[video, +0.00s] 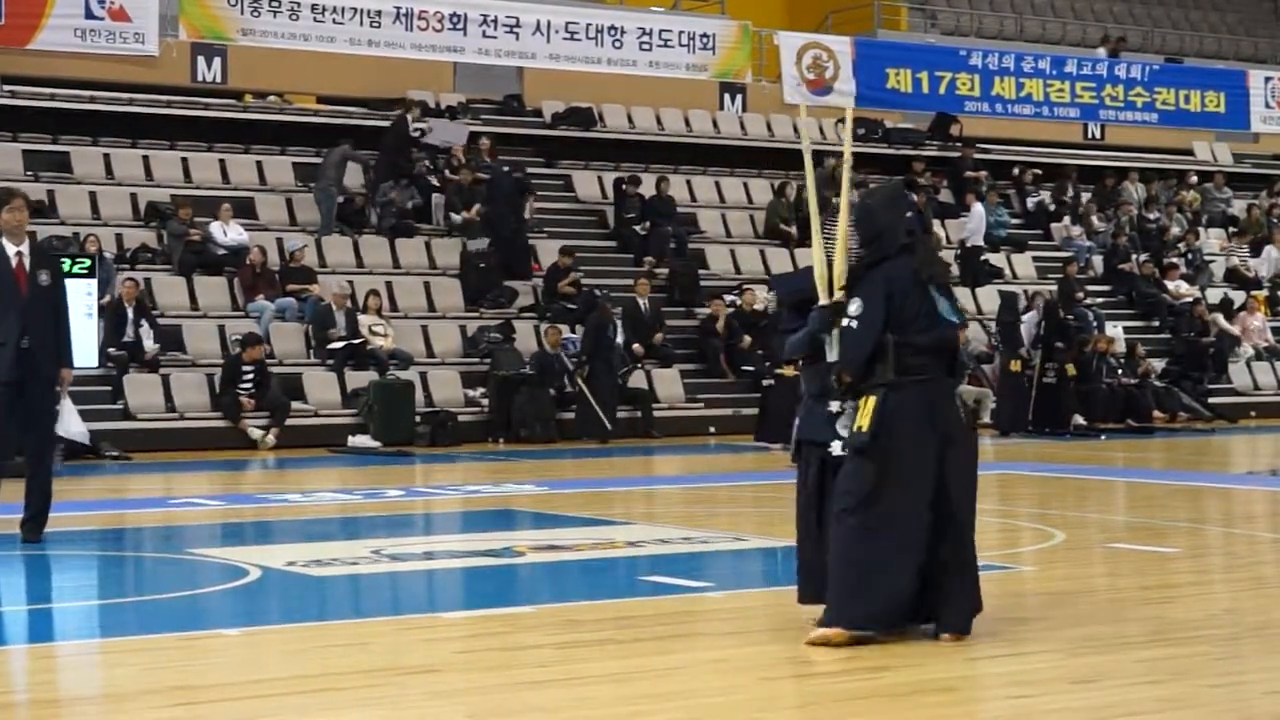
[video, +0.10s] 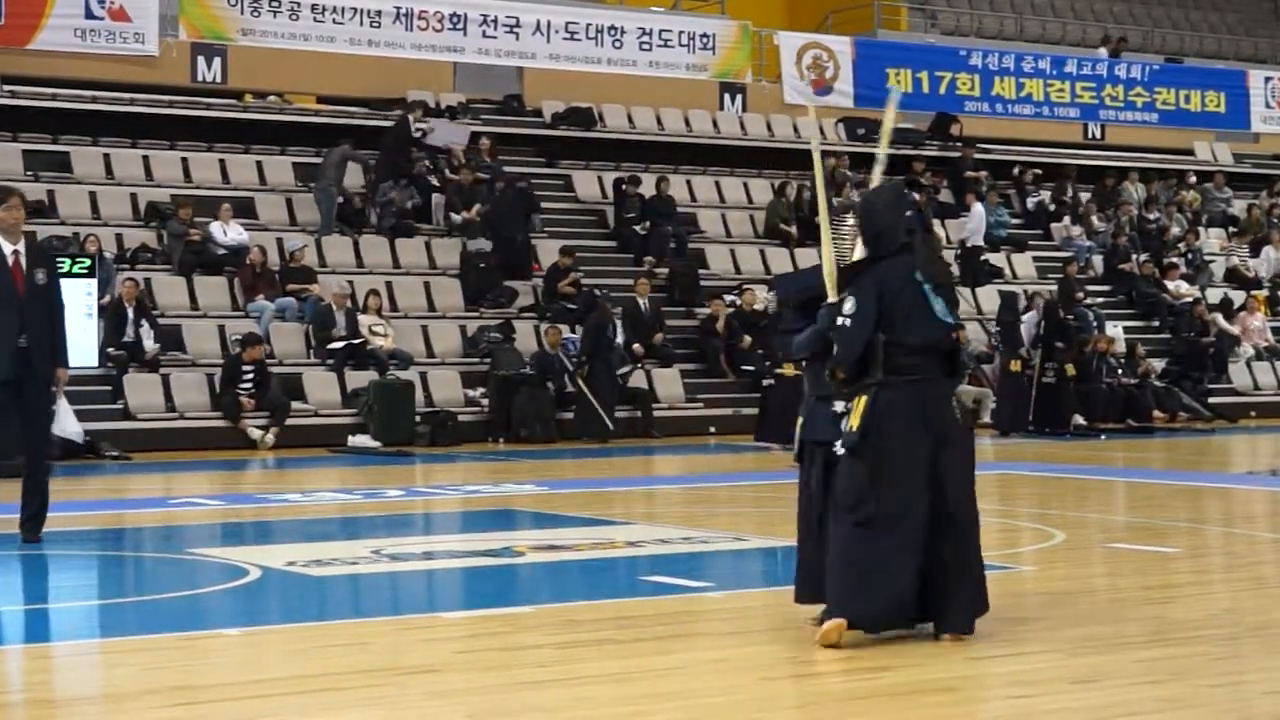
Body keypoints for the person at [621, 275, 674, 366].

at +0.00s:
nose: (643, 288)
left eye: (646, 285)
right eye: (640, 285)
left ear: (650, 287)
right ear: (635, 287)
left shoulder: (655, 303)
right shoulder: (628, 304)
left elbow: (662, 323)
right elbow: (627, 328)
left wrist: (661, 333)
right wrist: (634, 343)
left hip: (652, 342)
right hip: (635, 343)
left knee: (669, 355)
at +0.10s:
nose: (644, 287)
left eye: (646, 284)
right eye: (640, 284)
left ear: (650, 287)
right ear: (635, 287)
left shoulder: (655, 303)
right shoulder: (628, 304)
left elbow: (662, 323)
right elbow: (627, 328)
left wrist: (661, 333)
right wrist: (634, 343)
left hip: (652, 342)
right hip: (635, 343)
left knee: (669, 354)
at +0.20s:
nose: (643, 287)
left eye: (646, 285)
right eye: (640, 285)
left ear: (650, 287)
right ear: (635, 287)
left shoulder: (655, 303)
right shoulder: (628, 304)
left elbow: (662, 323)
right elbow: (627, 328)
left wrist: (661, 333)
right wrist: (634, 343)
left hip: (652, 342)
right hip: (635, 342)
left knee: (669, 354)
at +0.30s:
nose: (643, 288)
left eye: (646, 285)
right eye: (640, 285)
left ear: (650, 287)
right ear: (635, 287)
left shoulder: (654, 303)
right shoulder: (628, 304)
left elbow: (661, 323)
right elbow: (627, 328)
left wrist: (660, 333)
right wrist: (634, 343)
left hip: (651, 342)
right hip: (635, 342)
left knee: (669, 355)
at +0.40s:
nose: (643, 288)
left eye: (646, 285)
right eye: (640, 285)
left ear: (650, 287)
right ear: (635, 288)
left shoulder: (654, 303)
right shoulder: (629, 305)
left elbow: (662, 324)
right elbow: (627, 328)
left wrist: (660, 334)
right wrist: (634, 344)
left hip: (651, 342)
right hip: (635, 343)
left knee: (670, 355)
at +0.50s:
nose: (644, 288)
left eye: (646, 285)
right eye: (640, 285)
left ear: (650, 287)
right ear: (635, 288)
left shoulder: (654, 303)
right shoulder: (629, 305)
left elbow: (661, 325)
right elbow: (627, 328)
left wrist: (659, 333)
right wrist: (634, 344)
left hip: (651, 342)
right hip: (635, 343)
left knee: (670, 355)